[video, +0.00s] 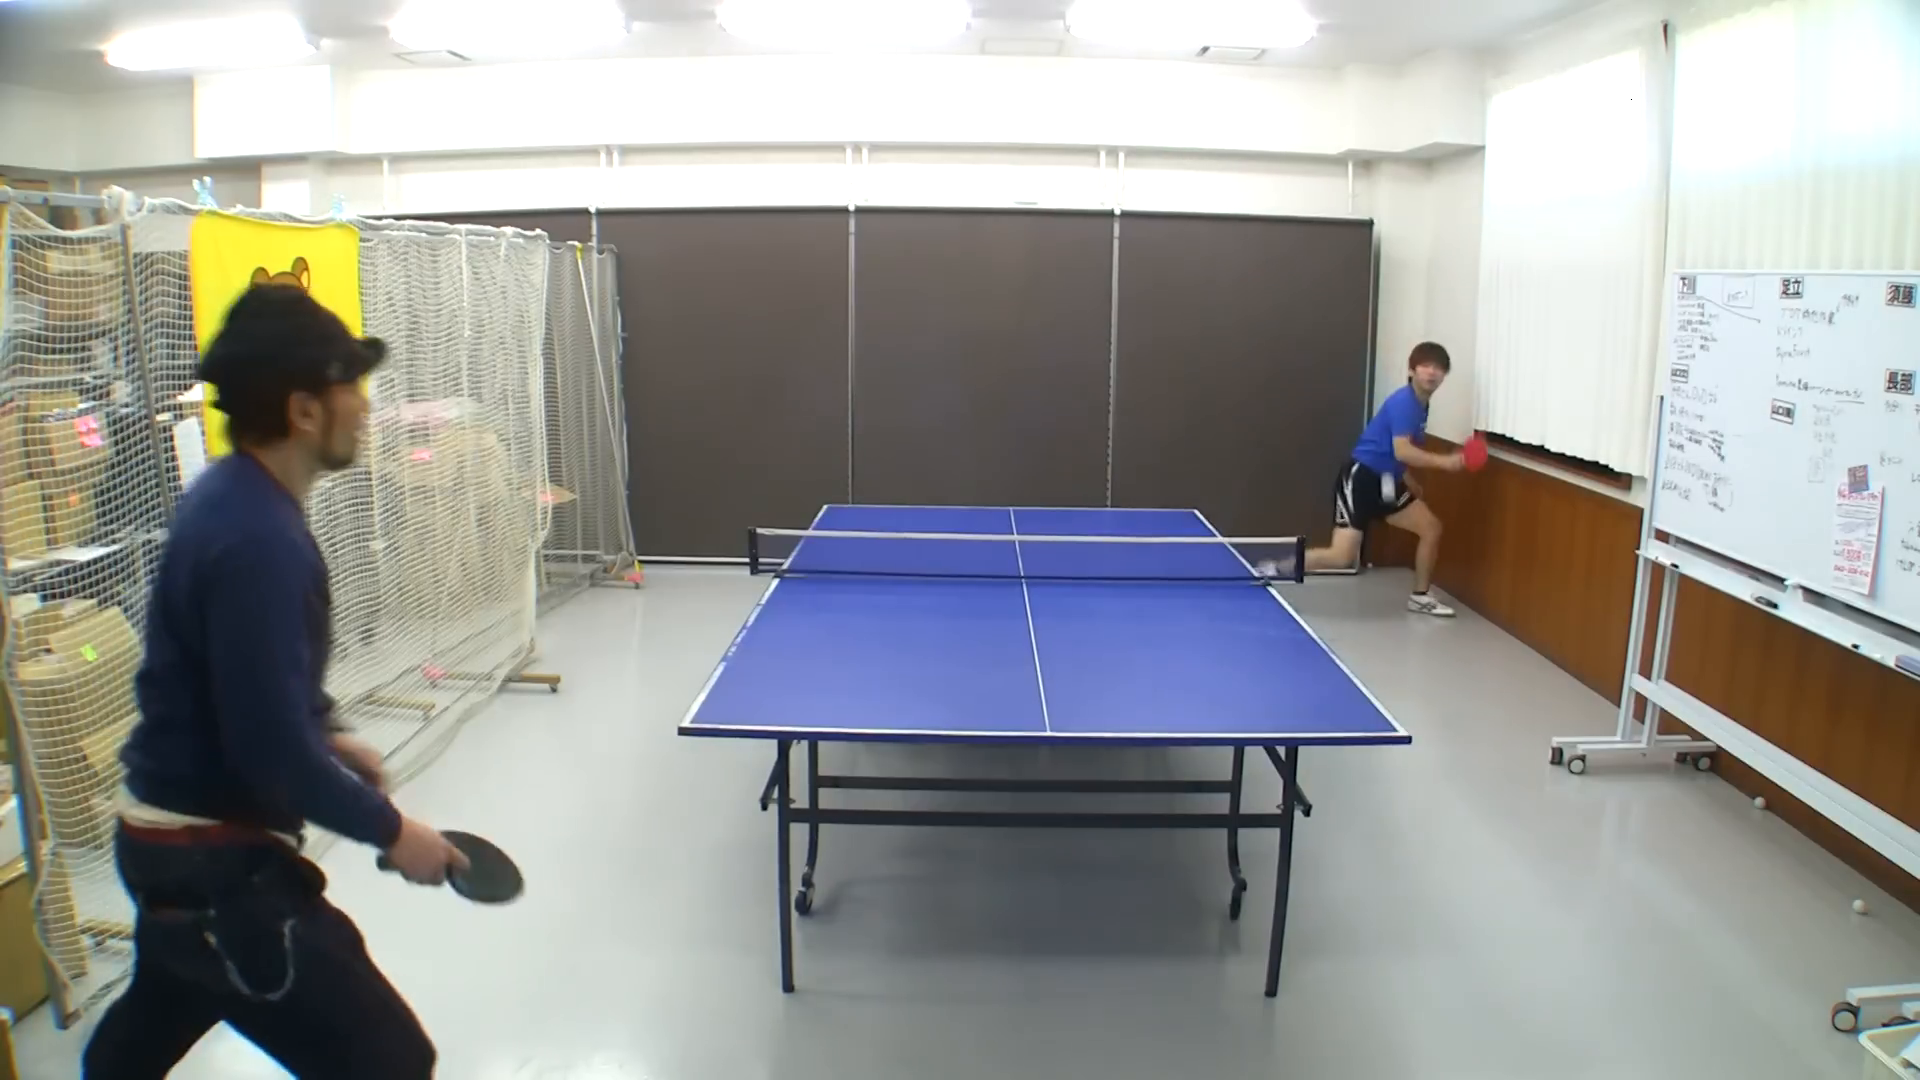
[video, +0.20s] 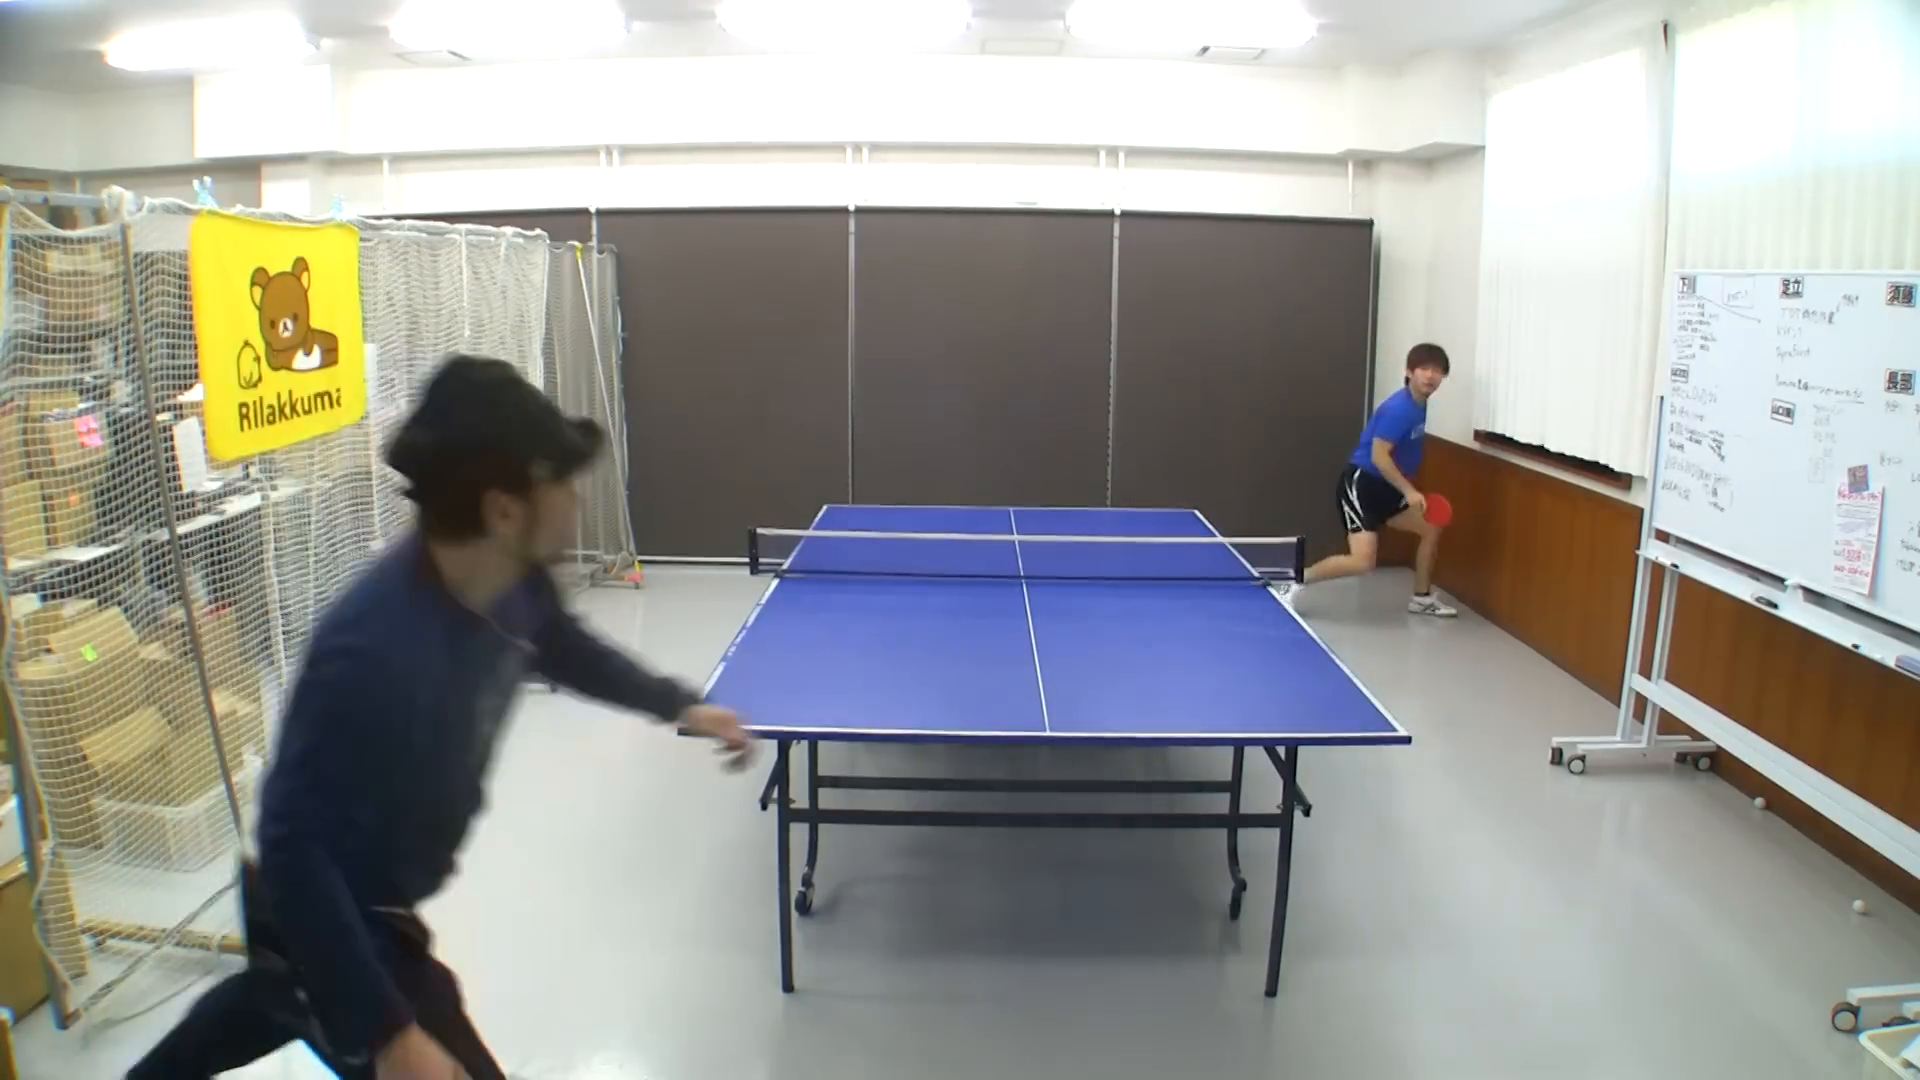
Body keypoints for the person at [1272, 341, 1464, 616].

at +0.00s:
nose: (1433, 374)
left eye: (1440, 370)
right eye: (1427, 367)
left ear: (1444, 375)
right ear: (1413, 370)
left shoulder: (1422, 404)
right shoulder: (1403, 401)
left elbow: (1401, 448)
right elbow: (1401, 451)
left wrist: (1407, 478)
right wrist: (1446, 461)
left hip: (1387, 480)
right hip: (1360, 476)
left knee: (1430, 528)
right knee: (1342, 557)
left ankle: (1421, 595)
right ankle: (1274, 565)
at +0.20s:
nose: (1431, 377)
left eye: (1438, 372)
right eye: (1425, 369)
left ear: (1443, 378)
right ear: (1410, 372)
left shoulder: (1418, 405)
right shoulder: (1399, 407)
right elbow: (1379, 455)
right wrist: (1409, 491)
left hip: (1384, 485)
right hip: (1361, 482)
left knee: (1431, 528)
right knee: (1362, 562)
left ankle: (1422, 597)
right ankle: (1296, 579)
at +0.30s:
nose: (1407, 368)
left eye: (1413, 362)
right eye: (1400, 361)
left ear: (1419, 367)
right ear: (1385, 365)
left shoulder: (1403, 398)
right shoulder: (1375, 402)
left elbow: (1385, 446)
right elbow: (1360, 451)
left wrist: (1400, 481)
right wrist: (1394, 481)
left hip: (1376, 484)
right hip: (1348, 482)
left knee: (1420, 528)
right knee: (1353, 563)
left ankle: (1420, 597)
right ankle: (1291, 588)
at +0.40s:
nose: (1373, 353)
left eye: (1379, 347)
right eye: (1366, 347)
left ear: (1386, 353)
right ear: (1353, 352)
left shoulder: (1378, 386)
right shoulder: (1342, 390)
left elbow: (1366, 432)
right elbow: (1332, 440)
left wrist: (1379, 460)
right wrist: (1371, 459)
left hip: (1360, 475)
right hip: (1329, 476)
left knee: (1393, 537)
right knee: (1332, 557)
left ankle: (1415, 596)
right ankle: (1282, 594)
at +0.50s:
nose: (1341, 335)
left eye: (1347, 329)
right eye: (1334, 328)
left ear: (1356, 336)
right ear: (1322, 335)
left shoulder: (1358, 370)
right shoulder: (1308, 374)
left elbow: (1357, 414)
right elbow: (1295, 421)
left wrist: (1364, 445)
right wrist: (1338, 430)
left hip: (1342, 463)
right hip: (1307, 464)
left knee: (1365, 533)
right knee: (1312, 544)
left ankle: (1382, 593)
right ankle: (1278, 600)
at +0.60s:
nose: (1318, 315)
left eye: (1324, 309)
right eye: (1311, 308)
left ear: (1333, 314)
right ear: (1299, 314)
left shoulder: (1339, 350)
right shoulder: (1281, 355)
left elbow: (1343, 387)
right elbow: (1259, 397)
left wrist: (1364, 420)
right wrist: (1294, 413)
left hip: (1326, 445)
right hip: (1289, 445)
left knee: (1334, 519)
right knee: (1290, 525)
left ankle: (1325, 586)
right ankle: (1278, 590)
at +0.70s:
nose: (1294, 308)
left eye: (1301, 300)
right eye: (1289, 300)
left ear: (1312, 305)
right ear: (1280, 305)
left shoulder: (1324, 341)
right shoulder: (1260, 343)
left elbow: (1337, 379)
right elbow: (1233, 383)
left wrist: (1357, 415)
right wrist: (1258, 409)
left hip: (1309, 436)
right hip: (1270, 436)